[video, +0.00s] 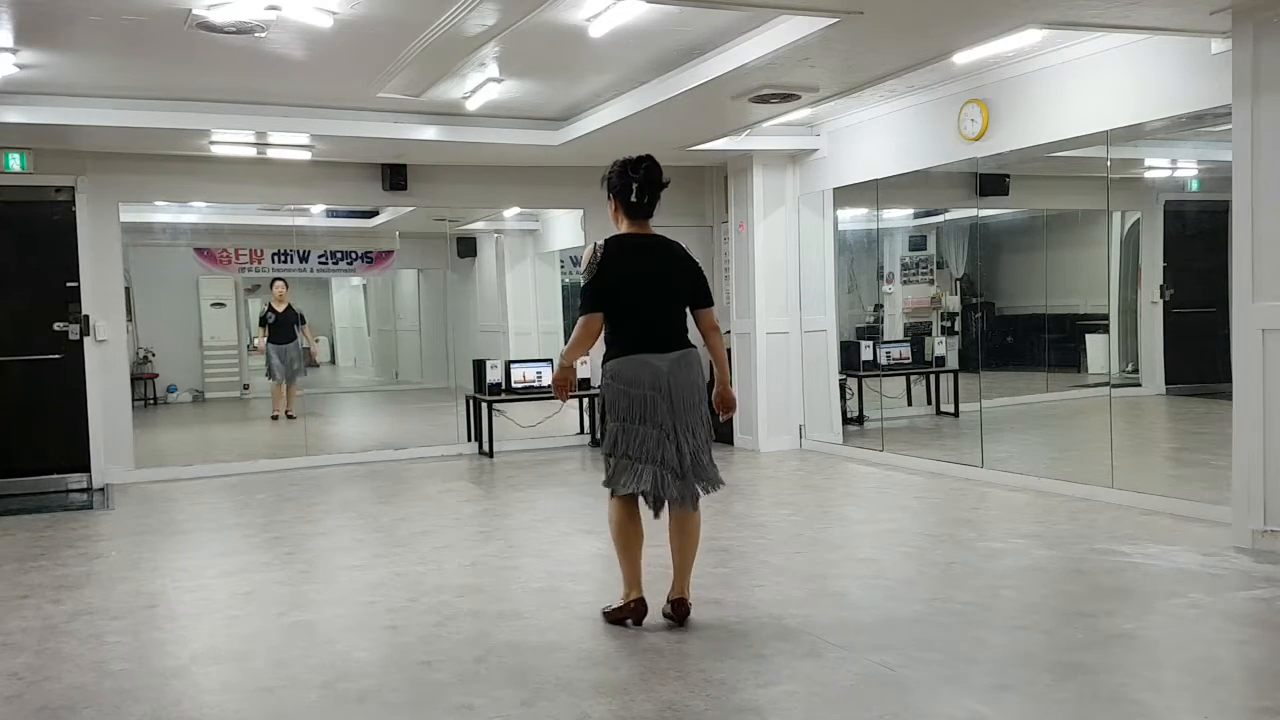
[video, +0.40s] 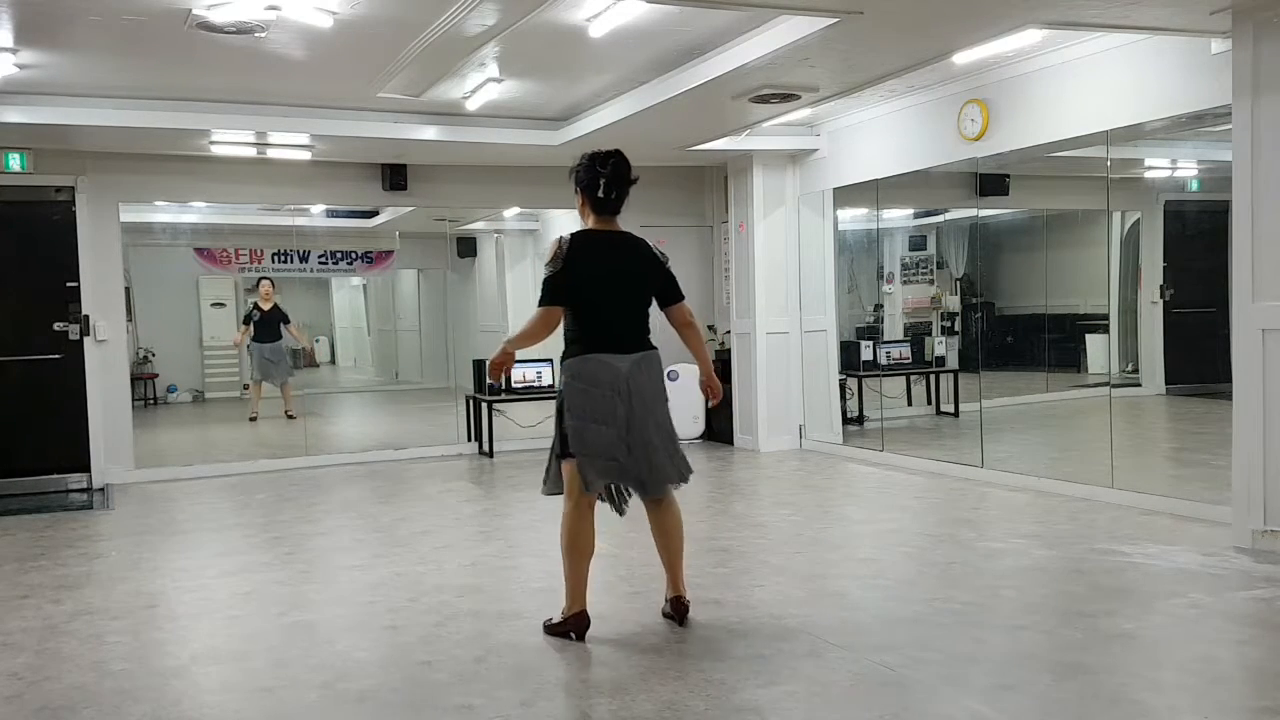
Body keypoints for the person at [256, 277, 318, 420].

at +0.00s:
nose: (280, 291)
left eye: (282, 288)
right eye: (277, 288)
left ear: (287, 290)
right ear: (272, 291)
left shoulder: (295, 309)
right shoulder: (266, 310)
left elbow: (304, 328)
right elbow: (262, 328)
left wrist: (312, 345)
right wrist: (261, 341)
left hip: (292, 346)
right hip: (274, 347)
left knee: (291, 380)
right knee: (277, 379)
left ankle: (290, 409)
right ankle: (276, 409)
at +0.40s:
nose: (266, 289)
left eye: (269, 287)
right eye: (263, 287)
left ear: (273, 290)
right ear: (258, 290)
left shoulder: (278, 309)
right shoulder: (253, 308)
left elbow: (289, 327)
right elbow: (246, 325)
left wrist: (302, 342)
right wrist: (240, 336)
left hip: (276, 347)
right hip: (258, 348)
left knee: (283, 379)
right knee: (256, 380)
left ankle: (288, 409)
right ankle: (254, 410)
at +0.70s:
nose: (256, 290)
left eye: (258, 287)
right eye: (252, 287)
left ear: (262, 290)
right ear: (247, 290)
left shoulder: (267, 309)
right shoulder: (241, 308)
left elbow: (277, 328)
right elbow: (234, 327)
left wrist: (289, 343)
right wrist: (232, 336)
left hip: (265, 347)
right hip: (247, 347)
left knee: (267, 379)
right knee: (250, 381)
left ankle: (267, 409)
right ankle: (253, 410)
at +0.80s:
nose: (253, 290)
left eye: (256, 287)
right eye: (250, 287)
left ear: (260, 290)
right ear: (245, 290)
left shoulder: (265, 309)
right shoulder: (240, 309)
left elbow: (275, 329)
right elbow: (234, 328)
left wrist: (288, 343)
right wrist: (234, 335)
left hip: (263, 347)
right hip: (245, 348)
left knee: (262, 380)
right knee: (249, 382)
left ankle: (262, 410)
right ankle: (253, 410)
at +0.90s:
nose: (251, 290)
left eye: (254, 287)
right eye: (248, 287)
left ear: (258, 289)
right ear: (243, 290)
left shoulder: (263, 309)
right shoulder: (238, 309)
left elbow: (274, 328)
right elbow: (233, 327)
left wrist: (288, 343)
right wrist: (234, 335)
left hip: (262, 348)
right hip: (244, 349)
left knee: (262, 380)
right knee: (248, 382)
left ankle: (262, 410)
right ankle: (253, 410)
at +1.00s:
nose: (250, 289)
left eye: (253, 287)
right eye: (247, 287)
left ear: (257, 289)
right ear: (242, 290)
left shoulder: (262, 308)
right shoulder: (237, 309)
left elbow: (273, 328)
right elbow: (231, 327)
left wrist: (288, 343)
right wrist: (231, 335)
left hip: (261, 347)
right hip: (243, 348)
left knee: (262, 381)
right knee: (248, 382)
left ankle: (262, 410)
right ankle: (253, 410)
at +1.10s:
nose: (248, 290)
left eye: (251, 286)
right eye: (245, 287)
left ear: (255, 289)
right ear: (240, 290)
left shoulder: (260, 308)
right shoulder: (234, 308)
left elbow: (271, 327)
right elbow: (229, 326)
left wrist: (286, 342)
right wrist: (226, 335)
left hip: (259, 347)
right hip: (240, 347)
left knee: (262, 380)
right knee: (245, 381)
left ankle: (262, 411)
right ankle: (248, 410)